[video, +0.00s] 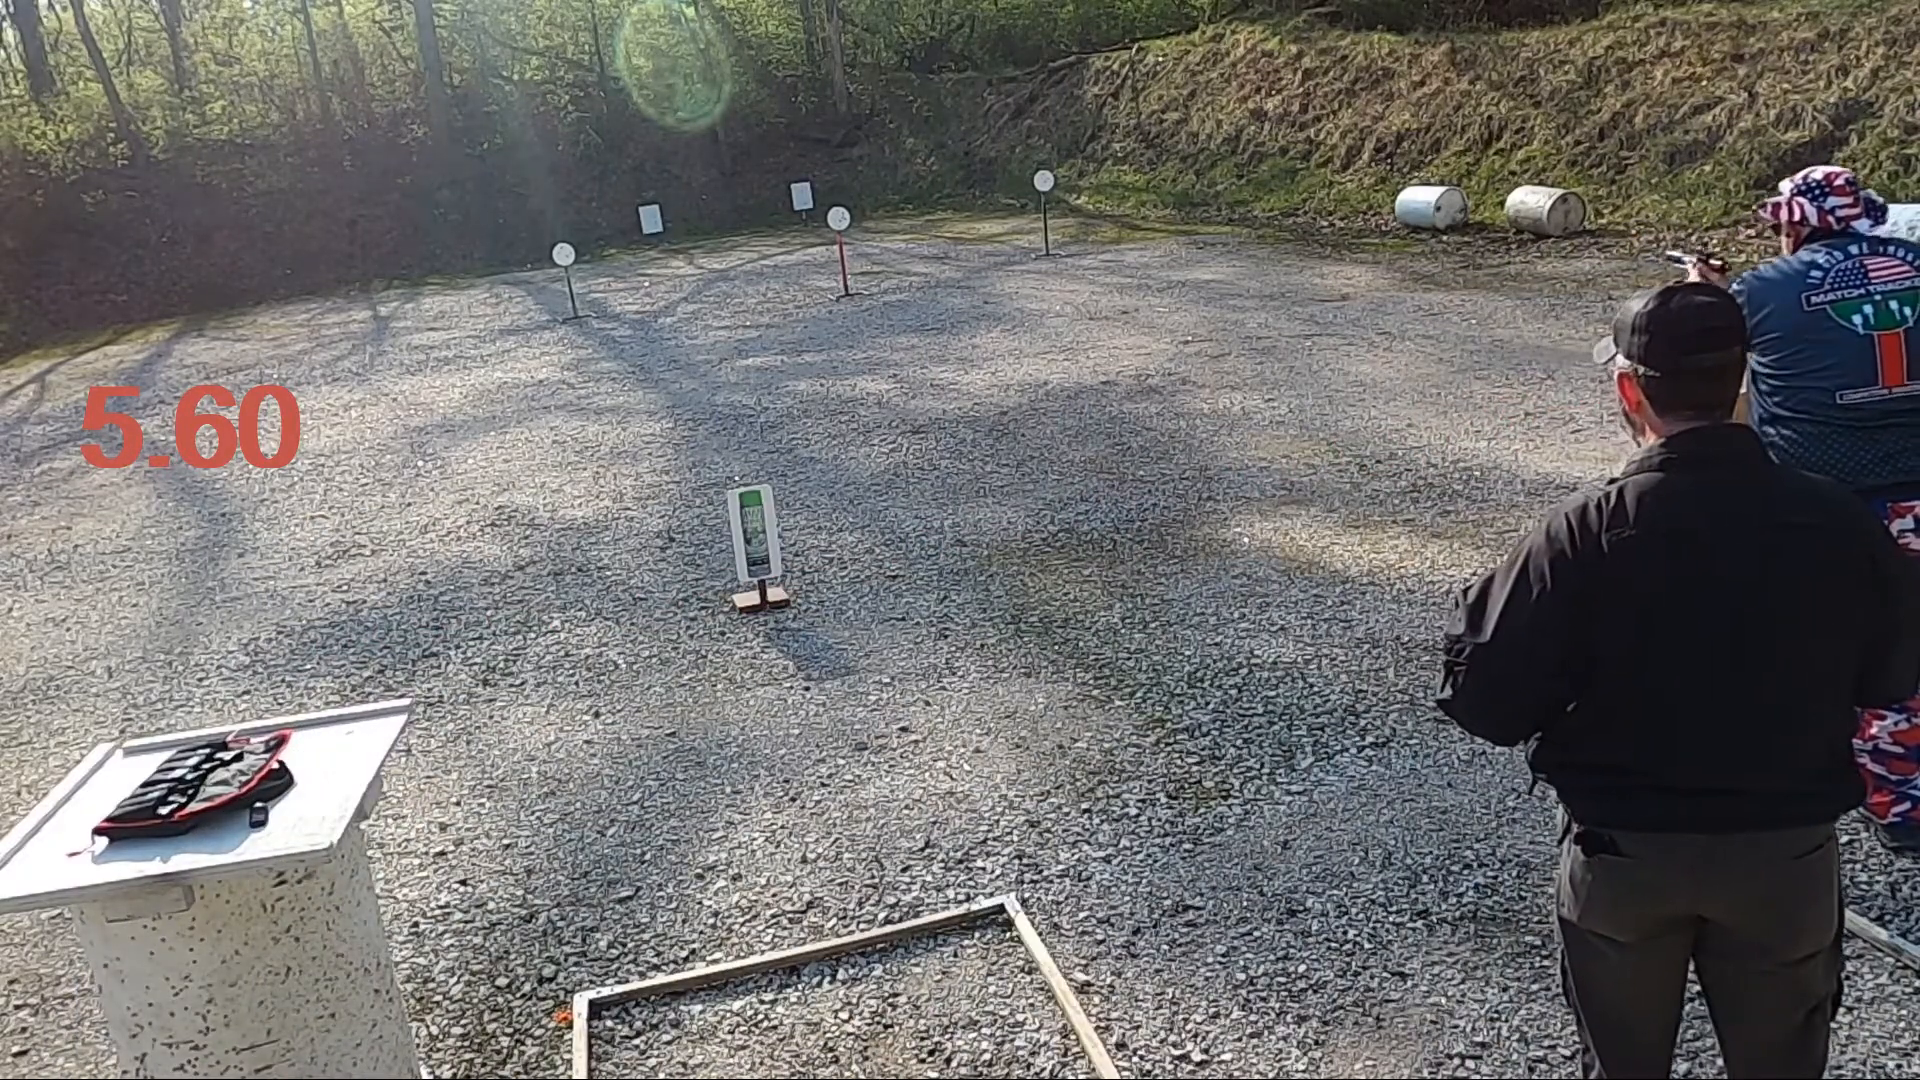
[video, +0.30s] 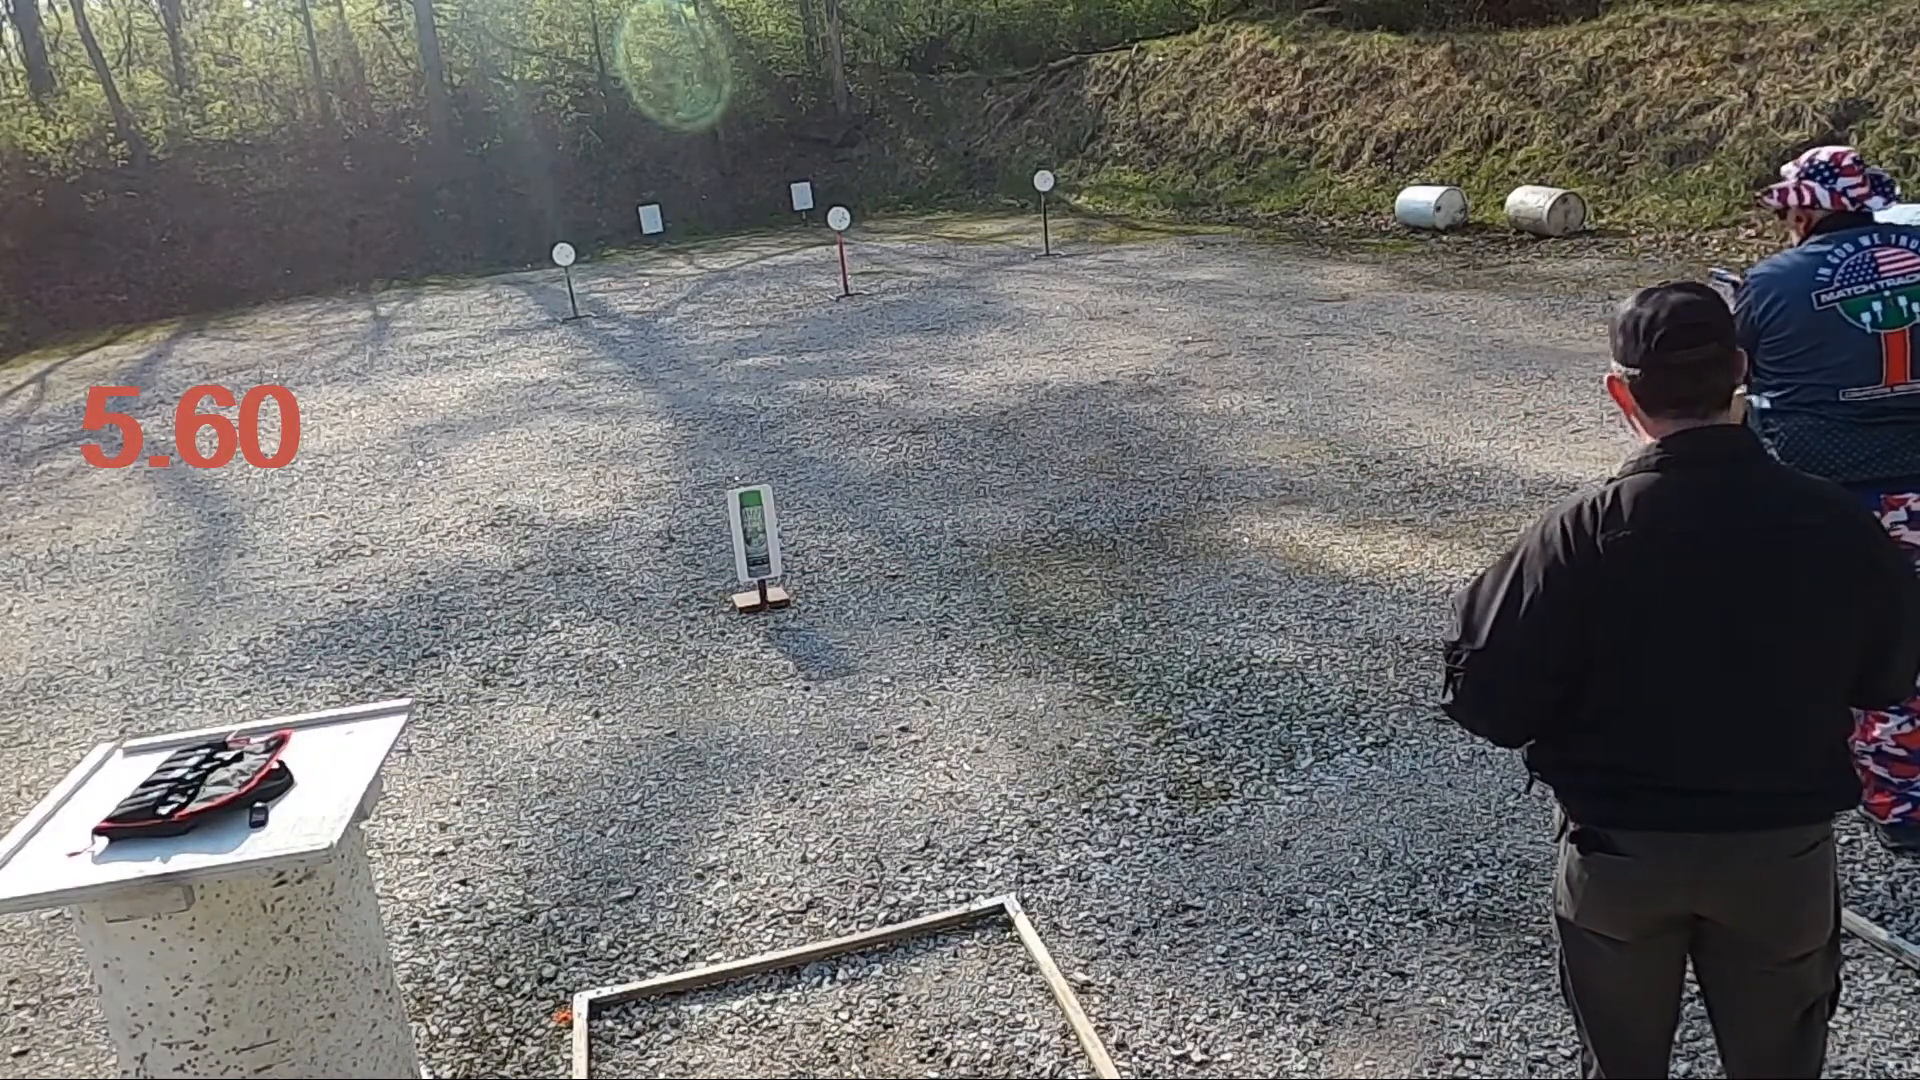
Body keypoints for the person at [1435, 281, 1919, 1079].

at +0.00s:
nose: (1616, 388)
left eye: (1618, 375)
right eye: (1620, 372)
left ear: (1631, 393)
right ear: (1739, 380)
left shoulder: (1584, 533)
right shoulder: (1843, 524)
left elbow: (1486, 703)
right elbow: (1894, 677)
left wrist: (1481, 614)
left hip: (1625, 869)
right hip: (1785, 870)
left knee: (1624, 1067)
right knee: (1782, 1069)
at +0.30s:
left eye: (1616, 381)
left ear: (1623, 397)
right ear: (1740, 375)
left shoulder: (1580, 537)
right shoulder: (1838, 523)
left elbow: (1487, 697)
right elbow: (1891, 675)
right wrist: (1788, 643)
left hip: (1620, 868)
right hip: (1781, 870)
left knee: (1624, 1066)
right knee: (1780, 1068)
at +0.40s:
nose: (1608, 407)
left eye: (1608, 392)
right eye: (1610, 389)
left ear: (1623, 398)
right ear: (1732, 382)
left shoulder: (1582, 537)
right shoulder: (1838, 523)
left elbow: (1484, 693)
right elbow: (1890, 675)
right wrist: (1785, 639)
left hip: (1619, 868)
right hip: (1780, 870)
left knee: (1621, 1067)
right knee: (1779, 1068)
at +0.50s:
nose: (1604, 417)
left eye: (1602, 398)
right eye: (1602, 398)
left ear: (1621, 399)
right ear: (1726, 387)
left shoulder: (1579, 539)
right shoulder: (1836, 524)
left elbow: (1484, 688)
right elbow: (1894, 673)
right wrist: (1786, 651)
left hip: (1618, 869)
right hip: (1780, 871)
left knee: (1624, 1067)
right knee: (1778, 1068)